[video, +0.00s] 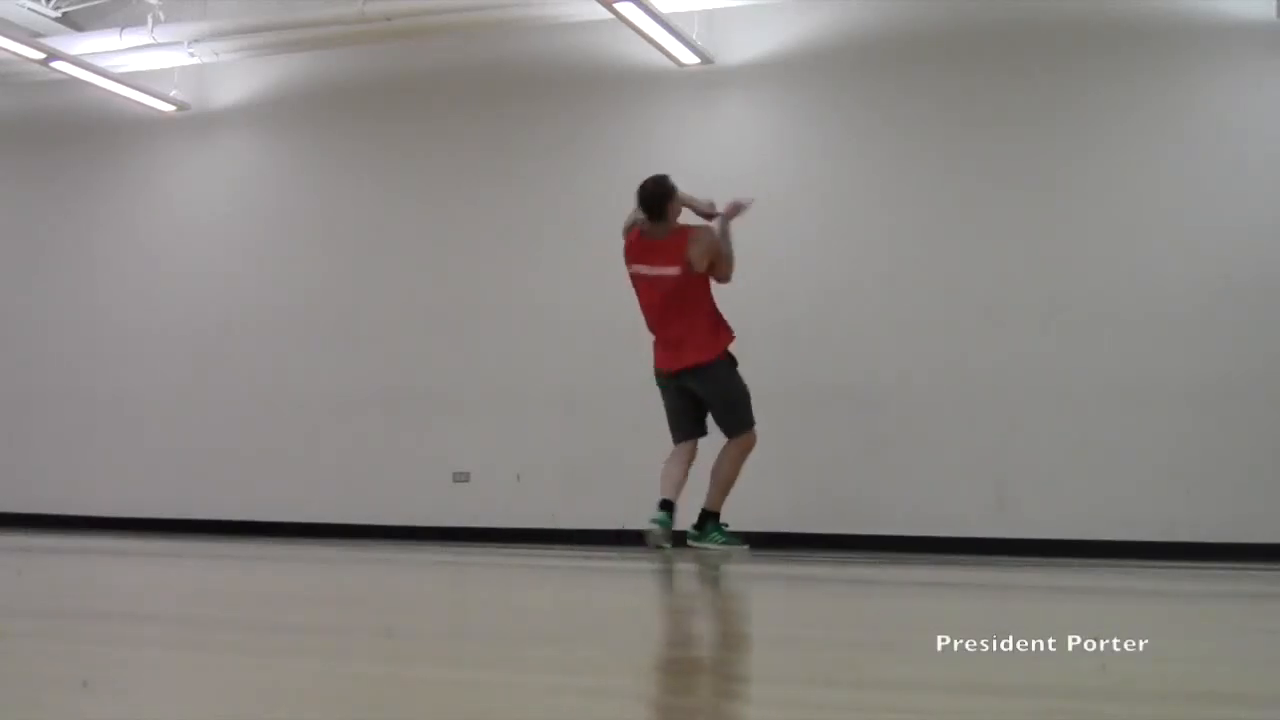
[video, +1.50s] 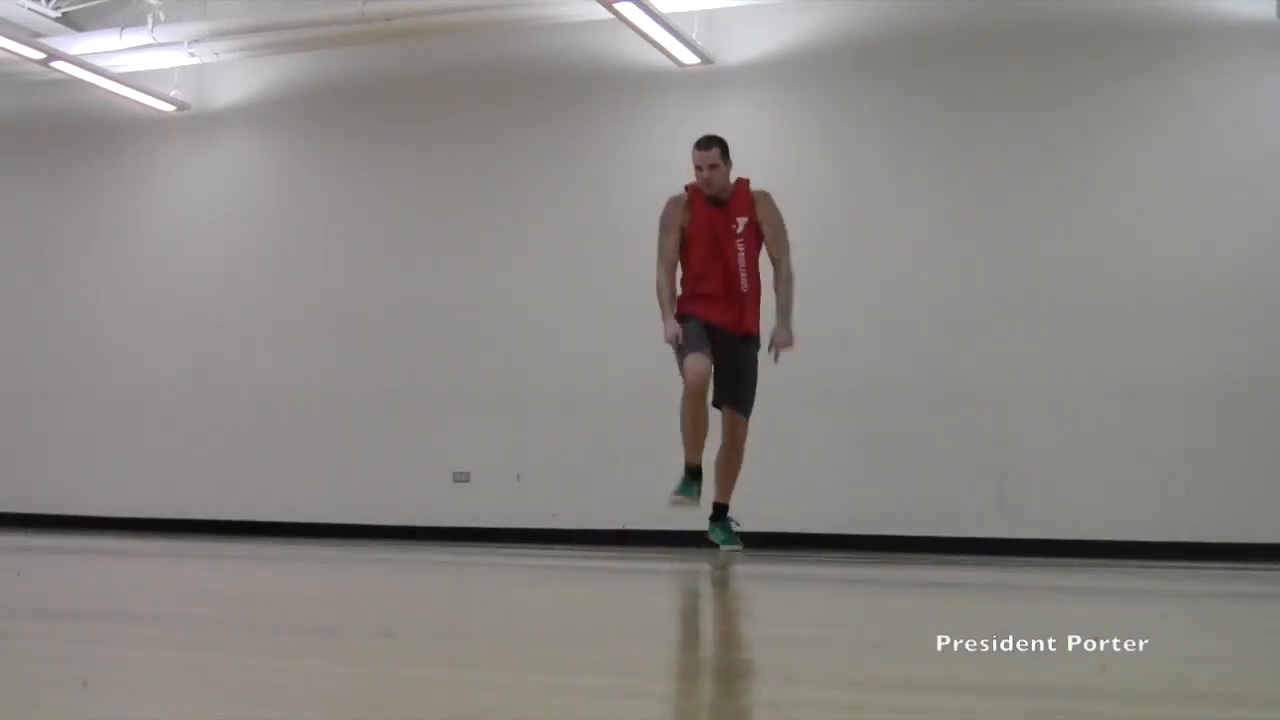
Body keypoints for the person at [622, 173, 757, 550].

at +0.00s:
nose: (679, 203)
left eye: (674, 197)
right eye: (675, 199)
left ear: (643, 209)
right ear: (673, 207)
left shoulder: (632, 238)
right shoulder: (698, 239)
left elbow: (659, 199)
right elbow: (724, 273)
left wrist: (699, 206)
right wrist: (724, 224)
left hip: (667, 363)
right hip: (708, 360)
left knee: (685, 442)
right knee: (742, 436)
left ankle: (663, 515)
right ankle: (708, 524)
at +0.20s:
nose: (677, 201)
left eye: (685, 195)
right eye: (676, 194)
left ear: (705, 198)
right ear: (680, 198)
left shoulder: (707, 231)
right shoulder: (695, 235)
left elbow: (654, 244)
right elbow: (663, 264)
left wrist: (649, 227)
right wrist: (650, 238)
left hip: (683, 352)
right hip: (689, 352)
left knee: (656, 439)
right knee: (672, 440)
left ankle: (698, 524)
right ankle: (716, 523)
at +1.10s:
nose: (704, 208)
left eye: (711, 200)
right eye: (698, 202)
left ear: (727, 199)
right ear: (691, 201)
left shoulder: (747, 229)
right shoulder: (685, 226)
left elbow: (732, 232)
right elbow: (639, 241)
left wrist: (695, 208)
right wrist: (653, 246)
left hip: (729, 346)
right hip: (685, 336)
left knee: (725, 426)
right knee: (670, 389)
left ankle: (709, 521)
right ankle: (653, 472)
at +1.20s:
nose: (702, 205)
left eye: (710, 198)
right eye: (696, 199)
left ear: (727, 199)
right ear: (690, 200)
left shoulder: (745, 228)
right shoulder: (681, 233)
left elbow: (716, 224)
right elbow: (662, 281)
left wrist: (680, 207)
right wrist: (682, 251)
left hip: (736, 345)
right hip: (696, 338)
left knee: (729, 431)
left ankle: (710, 520)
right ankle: (671, 418)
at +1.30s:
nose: (704, 198)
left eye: (711, 191)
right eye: (697, 192)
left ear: (728, 191)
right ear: (691, 193)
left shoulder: (749, 220)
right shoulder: (679, 228)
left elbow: (739, 226)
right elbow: (664, 283)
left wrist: (690, 215)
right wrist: (683, 253)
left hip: (734, 340)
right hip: (690, 331)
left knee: (730, 430)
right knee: (707, 308)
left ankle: (710, 520)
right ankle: (691, 386)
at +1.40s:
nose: (704, 178)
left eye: (711, 171)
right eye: (698, 172)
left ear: (727, 170)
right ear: (692, 173)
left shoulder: (750, 197)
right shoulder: (682, 203)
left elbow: (750, 234)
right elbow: (665, 242)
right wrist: (659, 281)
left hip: (738, 321)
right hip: (694, 311)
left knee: (728, 424)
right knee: (703, 346)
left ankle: (710, 519)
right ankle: (692, 409)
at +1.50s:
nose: (705, 175)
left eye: (713, 167)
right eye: (700, 168)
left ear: (729, 166)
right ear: (692, 170)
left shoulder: (758, 203)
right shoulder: (679, 208)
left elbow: (782, 264)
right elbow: (666, 268)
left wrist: (783, 324)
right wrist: (669, 317)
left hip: (741, 325)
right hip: (695, 319)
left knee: (735, 426)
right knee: (696, 374)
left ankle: (720, 516)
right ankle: (691, 474)